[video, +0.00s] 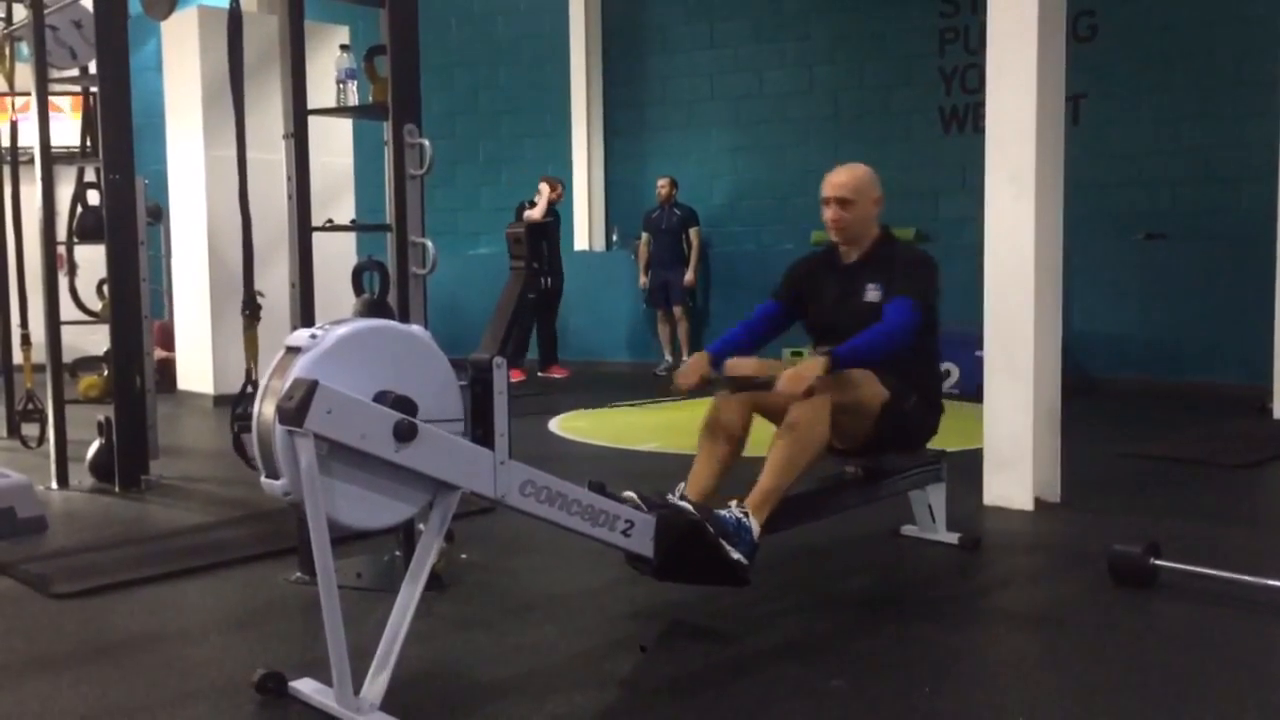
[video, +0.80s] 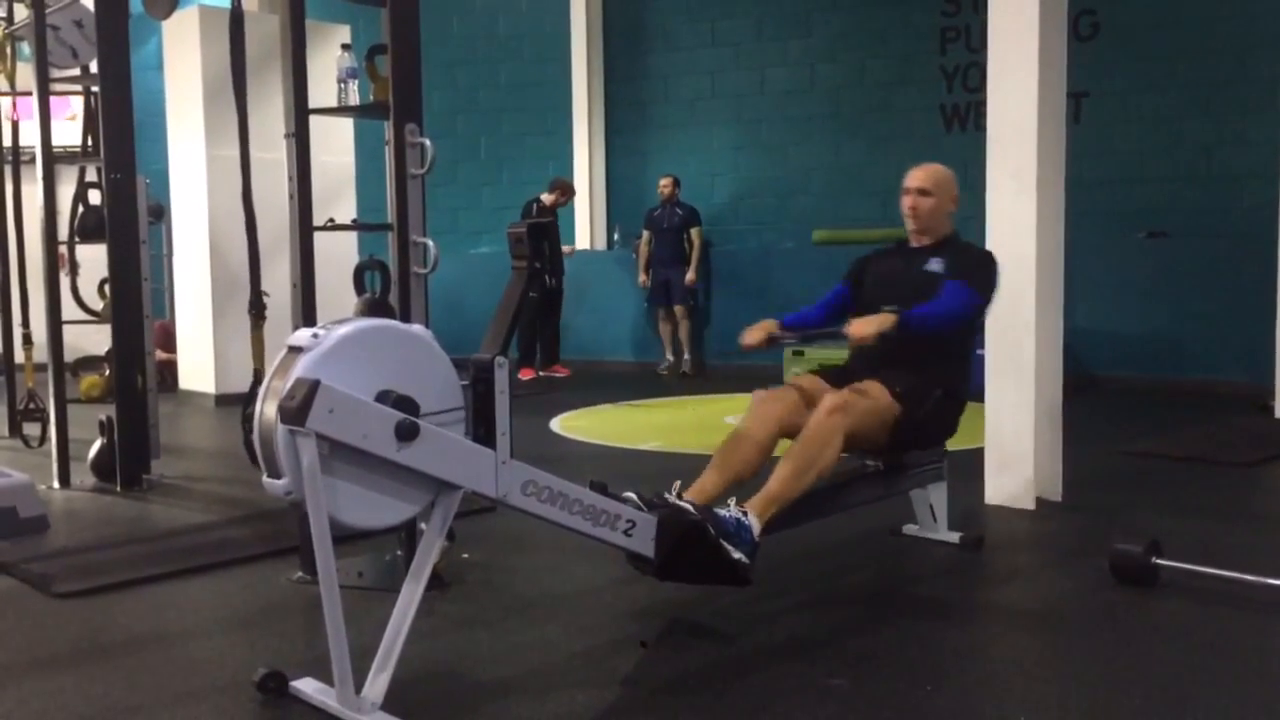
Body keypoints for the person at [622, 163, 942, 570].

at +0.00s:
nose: (832, 215)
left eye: (845, 204)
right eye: (826, 204)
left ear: (876, 205)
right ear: (820, 207)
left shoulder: (910, 264)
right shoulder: (812, 269)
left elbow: (897, 330)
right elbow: (764, 322)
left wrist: (825, 361)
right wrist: (709, 356)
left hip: (904, 408)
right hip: (833, 404)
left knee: (822, 387)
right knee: (739, 374)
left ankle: (748, 522)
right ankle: (687, 505)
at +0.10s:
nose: (796, 215)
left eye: (809, 205)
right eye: (791, 205)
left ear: (842, 209)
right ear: (784, 209)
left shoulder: (876, 267)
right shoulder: (779, 270)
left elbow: (846, 337)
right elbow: (720, 323)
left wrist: (778, 374)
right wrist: (662, 366)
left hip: (881, 415)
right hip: (805, 408)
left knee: (807, 372)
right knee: (715, 359)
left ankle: (746, 519)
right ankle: (687, 504)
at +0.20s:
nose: (761, 220)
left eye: (775, 210)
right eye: (757, 210)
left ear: (811, 214)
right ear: (751, 214)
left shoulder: (845, 272)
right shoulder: (749, 273)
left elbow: (807, 337)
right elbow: (684, 324)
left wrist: (735, 377)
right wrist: (617, 368)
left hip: (864, 425)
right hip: (790, 422)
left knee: (794, 364)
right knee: (699, 352)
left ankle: (746, 518)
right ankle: (686, 502)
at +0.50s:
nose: (781, 206)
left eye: (795, 196)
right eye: (777, 195)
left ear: (829, 205)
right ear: (772, 201)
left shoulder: (863, 263)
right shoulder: (771, 261)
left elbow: (824, 303)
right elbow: (709, 298)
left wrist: (751, 325)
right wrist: (635, 324)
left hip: (873, 416)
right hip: (801, 415)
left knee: (798, 356)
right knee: (708, 359)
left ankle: (745, 520)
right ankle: (686, 503)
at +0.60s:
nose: (830, 196)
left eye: (843, 187)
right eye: (825, 187)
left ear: (875, 194)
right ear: (819, 193)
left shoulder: (902, 257)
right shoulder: (810, 257)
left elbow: (861, 296)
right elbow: (751, 292)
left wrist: (797, 319)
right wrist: (684, 316)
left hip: (893, 407)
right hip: (819, 404)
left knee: (813, 370)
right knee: (728, 370)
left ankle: (747, 521)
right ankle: (688, 503)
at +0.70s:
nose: (872, 194)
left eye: (885, 184)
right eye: (868, 184)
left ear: (915, 192)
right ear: (862, 190)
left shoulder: (937, 255)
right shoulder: (846, 256)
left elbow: (903, 296)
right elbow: (793, 295)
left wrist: (845, 317)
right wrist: (732, 320)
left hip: (909, 397)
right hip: (837, 389)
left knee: (825, 390)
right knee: (747, 385)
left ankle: (748, 521)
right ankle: (686, 504)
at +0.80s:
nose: (911, 203)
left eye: (924, 195)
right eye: (906, 194)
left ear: (953, 205)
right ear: (900, 201)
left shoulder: (974, 261)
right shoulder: (876, 263)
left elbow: (951, 310)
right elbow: (830, 310)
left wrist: (891, 320)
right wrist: (780, 327)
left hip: (925, 392)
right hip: (859, 380)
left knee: (835, 410)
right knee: (769, 402)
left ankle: (749, 522)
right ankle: (686, 504)